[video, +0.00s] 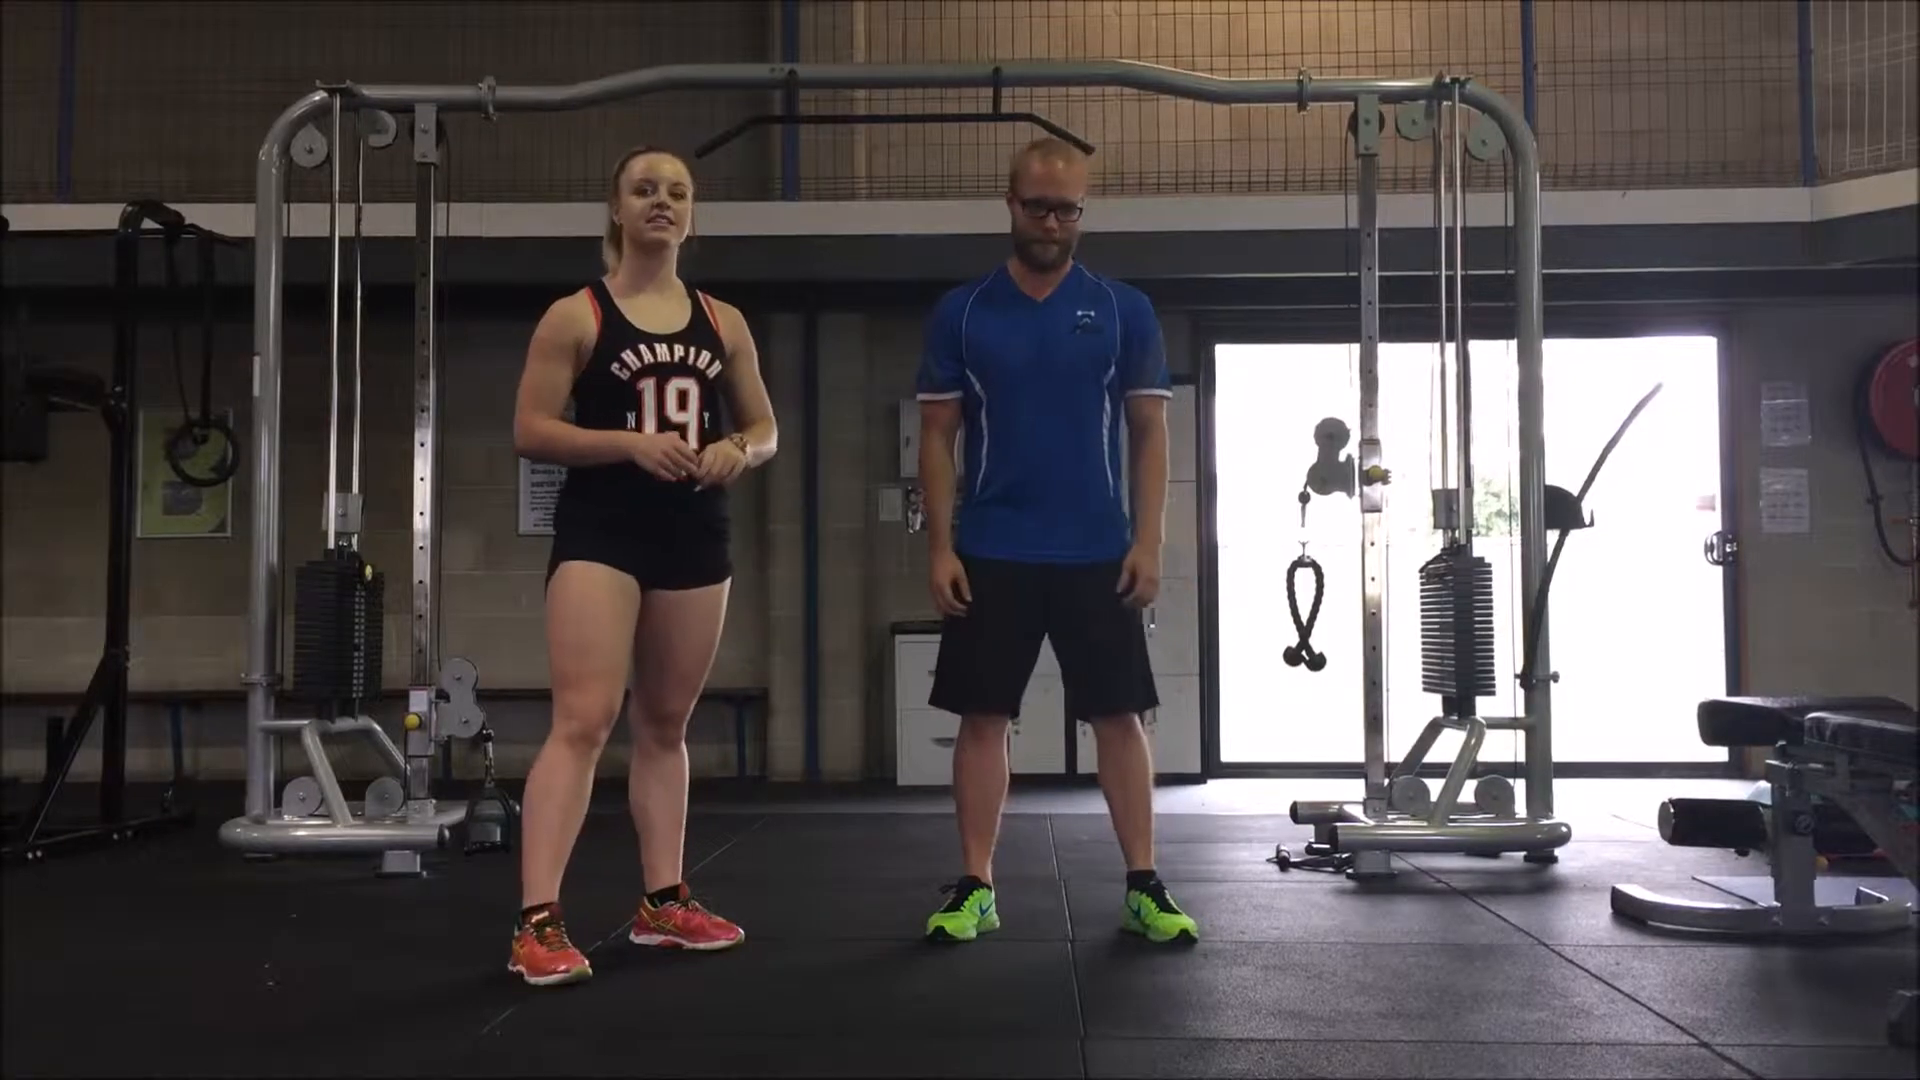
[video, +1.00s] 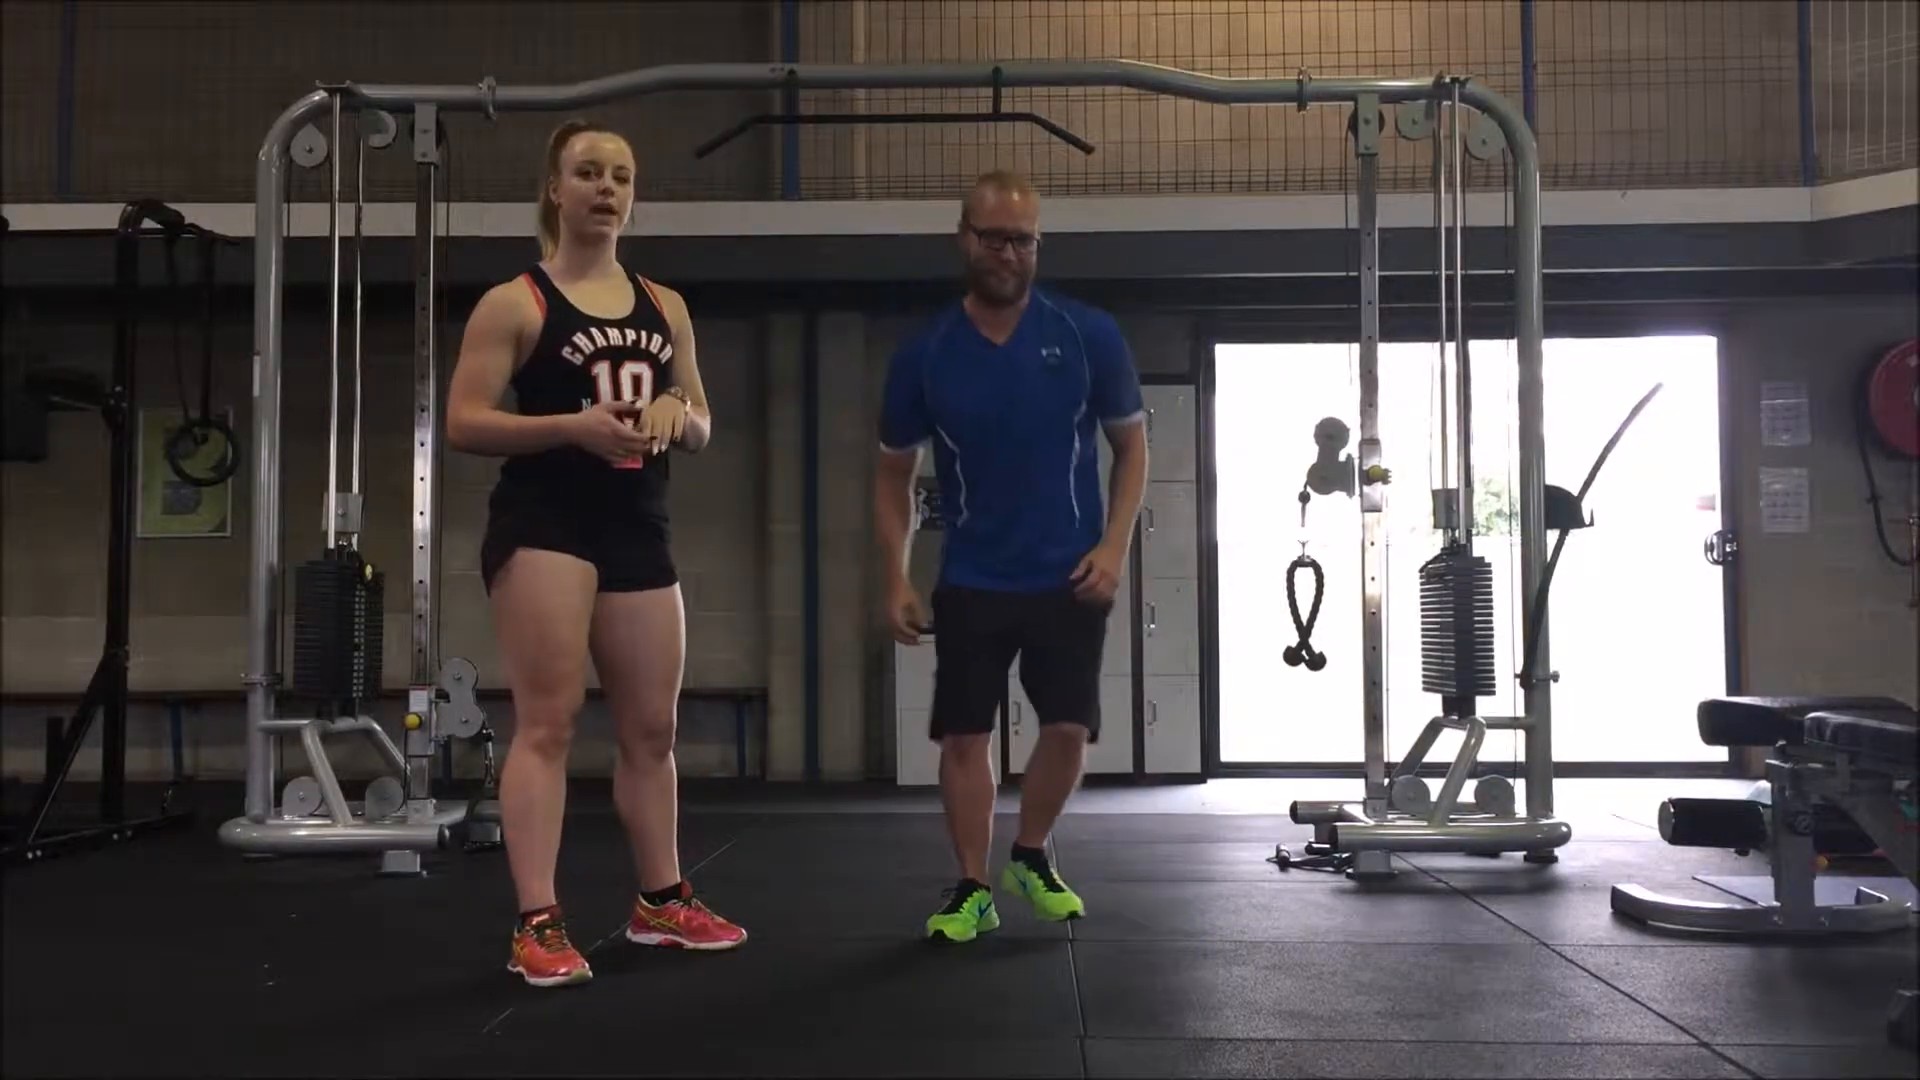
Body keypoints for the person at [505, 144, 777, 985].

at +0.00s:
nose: (661, 202)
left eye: (675, 192)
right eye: (645, 190)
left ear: (693, 215)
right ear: (615, 211)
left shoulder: (723, 322)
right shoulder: (574, 316)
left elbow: (763, 428)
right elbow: (532, 430)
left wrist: (740, 449)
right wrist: (630, 442)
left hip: (694, 545)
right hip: (600, 539)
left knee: (667, 726)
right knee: (583, 722)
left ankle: (665, 901)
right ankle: (539, 920)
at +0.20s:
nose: (643, 192)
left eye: (657, 183)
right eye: (626, 180)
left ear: (676, 209)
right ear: (597, 204)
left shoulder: (704, 316)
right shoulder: (556, 308)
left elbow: (731, 426)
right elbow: (509, 423)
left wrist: (715, 438)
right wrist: (610, 430)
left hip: (675, 540)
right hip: (581, 535)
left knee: (652, 728)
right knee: (572, 719)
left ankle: (663, 901)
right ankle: (538, 922)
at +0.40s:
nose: (625, 188)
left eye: (640, 178)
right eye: (609, 175)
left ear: (658, 203)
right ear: (578, 197)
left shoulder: (685, 314)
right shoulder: (539, 302)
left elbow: (706, 426)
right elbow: (492, 418)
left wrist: (687, 427)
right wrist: (594, 421)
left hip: (655, 536)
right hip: (561, 529)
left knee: (646, 730)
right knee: (557, 721)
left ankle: (663, 901)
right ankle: (537, 923)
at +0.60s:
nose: (611, 186)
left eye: (626, 176)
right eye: (594, 172)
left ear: (643, 201)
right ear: (561, 193)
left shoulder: (671, 312)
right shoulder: (523, 300)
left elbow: (715, 426)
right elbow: (469, 417)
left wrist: (690, 420)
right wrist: (576, 429)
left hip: (641, 536)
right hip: (548, 529)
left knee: (649, 733)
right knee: (546, 719)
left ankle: (662, 902)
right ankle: (537, 924)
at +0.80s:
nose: (605, 187)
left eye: (619, 177)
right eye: (588, 172)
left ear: (634, 199)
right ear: (554, 190)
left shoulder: (666, 308)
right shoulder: (513, 303)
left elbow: (702, 427)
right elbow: (459, 420)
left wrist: (675, 419)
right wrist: (564, 427)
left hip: (637, 533)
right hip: (543, 527)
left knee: (653, 731)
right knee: (545, 722)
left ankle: (662, 901)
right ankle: (537, 923)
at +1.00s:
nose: (605, 188)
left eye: (618, 177)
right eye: (588, 174)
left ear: (633, 198)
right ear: (553, 190)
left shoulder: (663, 306)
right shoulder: (512, 304)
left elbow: (699, 423)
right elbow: (465, 423)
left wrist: (679, 418)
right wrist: (574, 427)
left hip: (639, 533)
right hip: (545, 527)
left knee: (652, 731)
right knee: (546, 722)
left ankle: (662, 900)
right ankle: (537, 923)